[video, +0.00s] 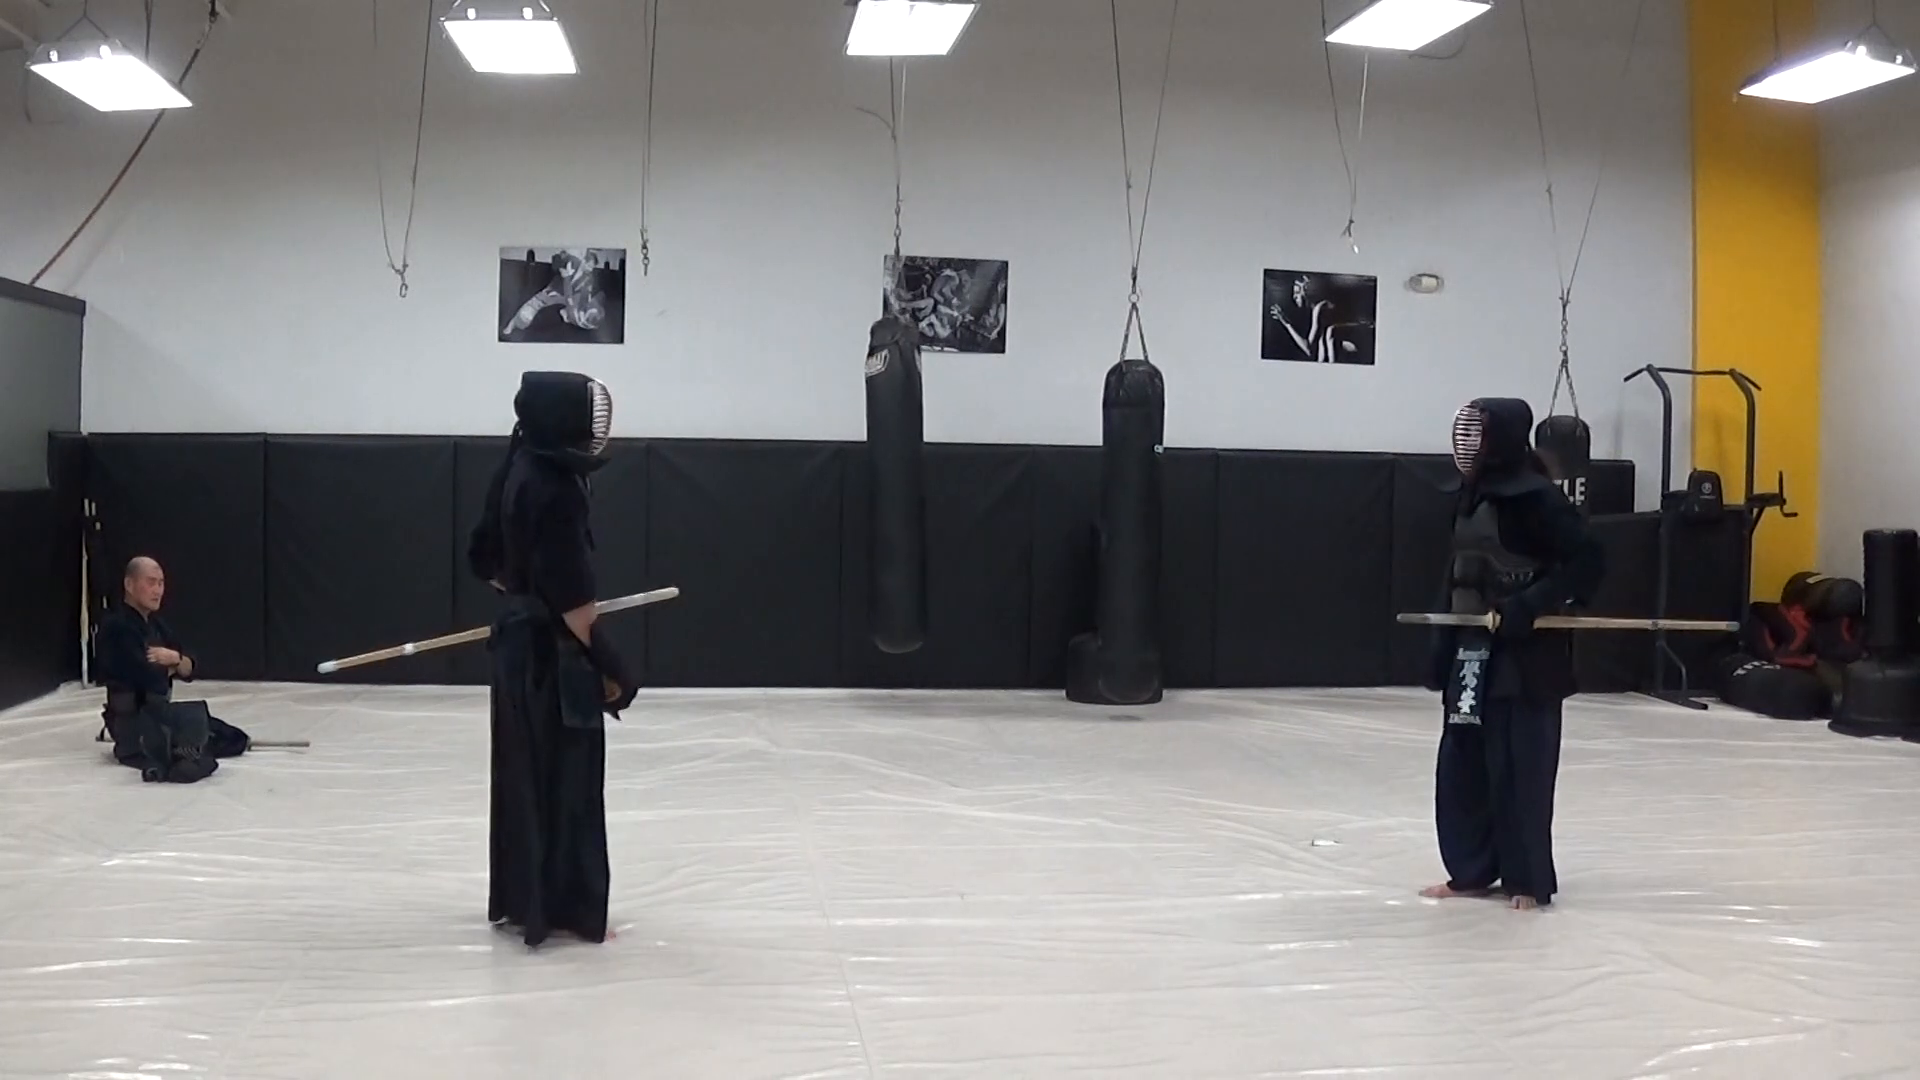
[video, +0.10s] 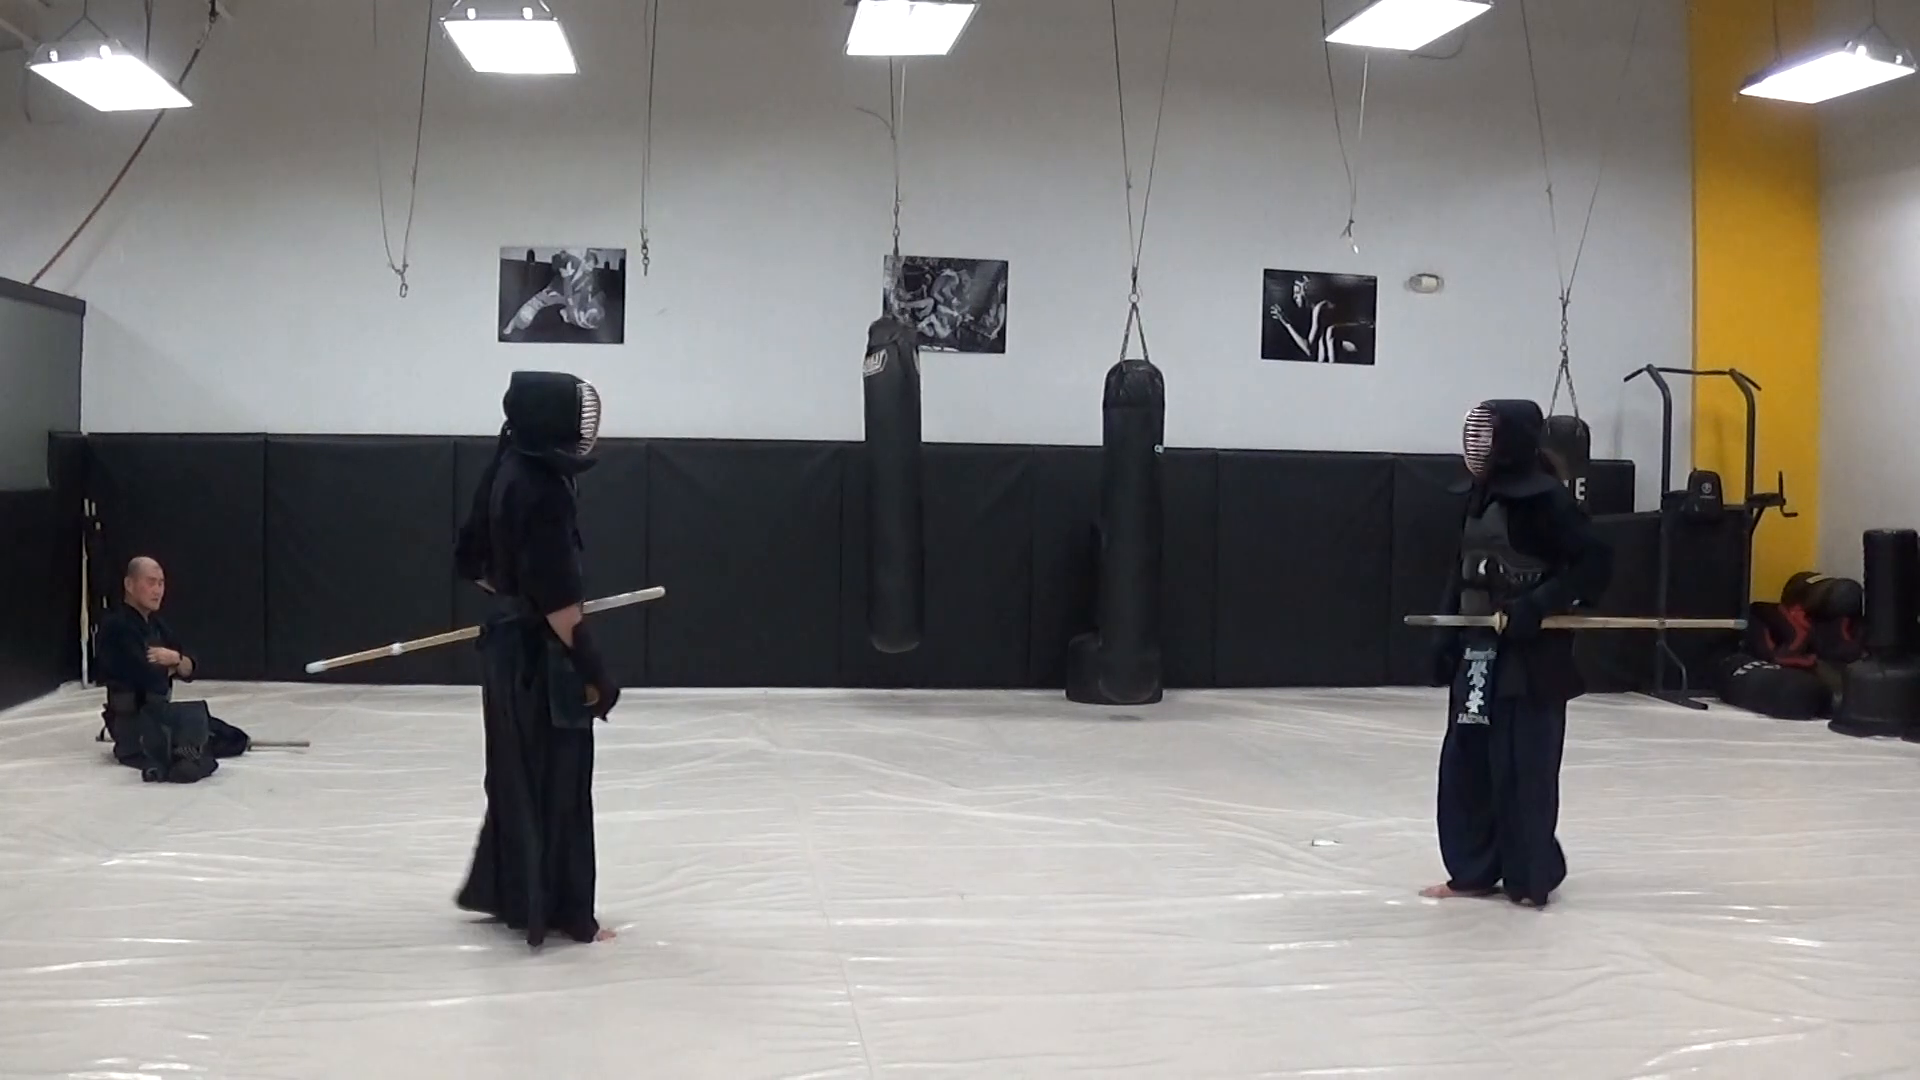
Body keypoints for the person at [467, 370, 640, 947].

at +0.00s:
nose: (599, 434)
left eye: (599, 423)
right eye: (592, 423)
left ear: (539, 420)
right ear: (567, 425)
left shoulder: (516, 469)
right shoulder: (556, 485)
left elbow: (486, 557)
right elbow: (570, 594)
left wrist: (535, 593)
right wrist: (612, 662)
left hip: (517, 642)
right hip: (552, 647)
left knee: (525, 774)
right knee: (566, 778)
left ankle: (522, 903)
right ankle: (572, 911)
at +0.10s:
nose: (587, 432)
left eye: (586, 421)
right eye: (580, 422)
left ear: (527, 421)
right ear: (556, 425)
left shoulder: (503, 470)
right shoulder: (544, 486)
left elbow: (473, 561)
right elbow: (555, 596)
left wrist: (528, 596)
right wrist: (594, 669)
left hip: (506, 642)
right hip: (542, 647)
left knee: (517, 769)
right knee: (560, 778)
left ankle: (502, 891)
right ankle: (566, 911)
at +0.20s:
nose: (570, 435)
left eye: (569, 424)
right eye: (561, 424)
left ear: (510, 423)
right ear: (534, 428)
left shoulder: (491, 477)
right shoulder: (520, 489)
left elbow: (459, 565)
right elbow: (529, 598)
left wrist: (518, 594)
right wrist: (568, 674)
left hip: (496, 646)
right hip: (526, 650)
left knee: (504, 772)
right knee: (553, 782)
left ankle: (429, 873)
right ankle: (569, 914)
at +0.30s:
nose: (544, 443)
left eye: (544, 432)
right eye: (536, 433)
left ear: (484, 432)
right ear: (511, 436)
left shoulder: (468, 485)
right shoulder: (496, 498)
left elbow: (443, 576)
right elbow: (501, 608)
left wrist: (511, 602)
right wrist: (539, 687)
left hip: (476, 651)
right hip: (508, 655)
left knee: (474, 775)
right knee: (548, 778)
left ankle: (395, 877)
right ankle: (570, 913)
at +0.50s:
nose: (483, 443)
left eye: (483, 431)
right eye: (475, 432)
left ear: (427, 430)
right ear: (451, 435)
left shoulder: (421, 486)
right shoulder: (423, 496)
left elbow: (396, 573)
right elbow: (421, 597)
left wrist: (462, 605)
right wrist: (456, 673)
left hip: (418, 652)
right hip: (435, 655)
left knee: (417, 776)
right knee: (495, 775)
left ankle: (398, 895)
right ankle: (549, 901)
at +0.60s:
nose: (456, 441)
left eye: (456, 429)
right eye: (448, 430)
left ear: (403, 426)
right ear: (423, 432)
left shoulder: (398, 482)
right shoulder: (393, 491)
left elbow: (378, 573)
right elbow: (393, 592)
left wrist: (434, 609)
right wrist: (427, 666)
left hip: (397, 645)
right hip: (401, 650)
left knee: (413, 772)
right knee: (446, 770)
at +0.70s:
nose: (428, 437)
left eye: (428, 426)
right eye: (419, 427)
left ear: (375, 424)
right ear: (394, 428)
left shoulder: (374, 480)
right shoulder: (364, 487)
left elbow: (372, 569)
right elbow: (366, 581)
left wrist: (410, 608)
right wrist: (404, 652)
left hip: (375, 640)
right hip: (370, 645)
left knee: (391, 770)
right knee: (402, 773)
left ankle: (390, 888)